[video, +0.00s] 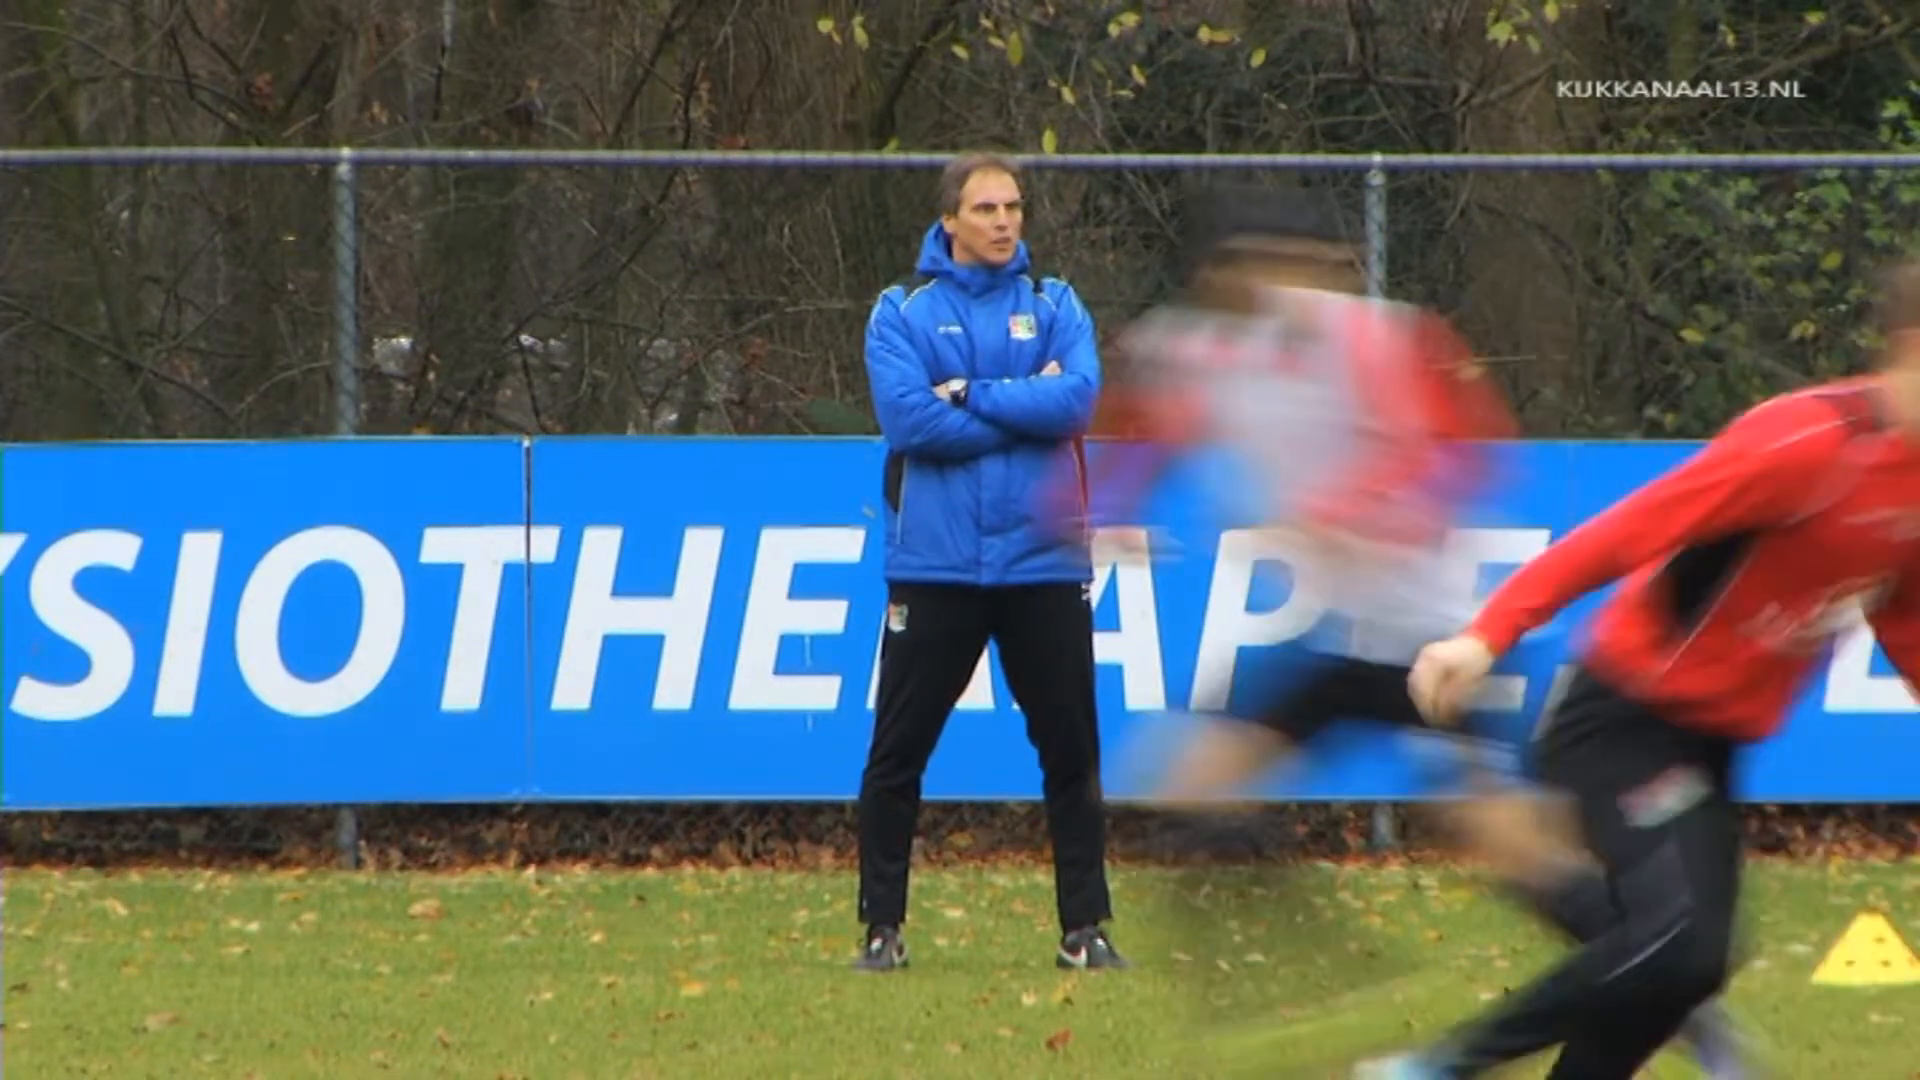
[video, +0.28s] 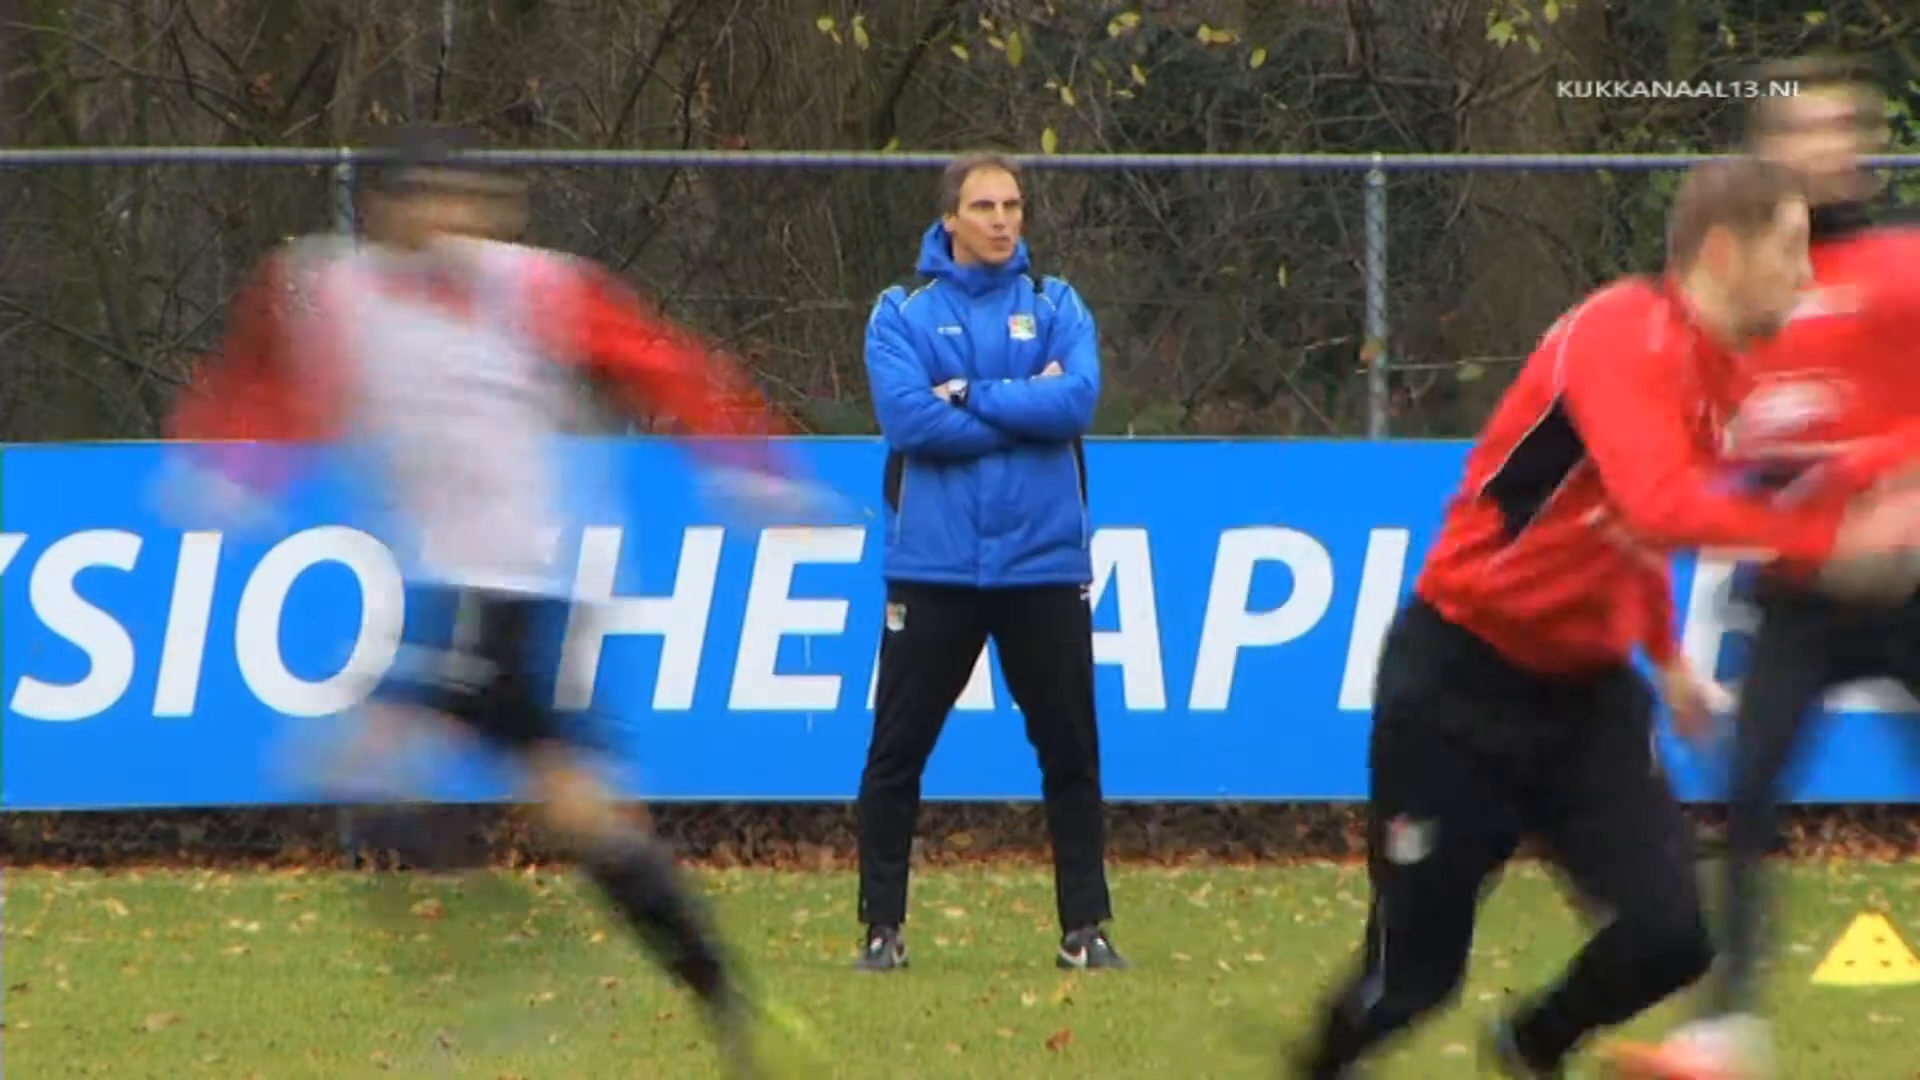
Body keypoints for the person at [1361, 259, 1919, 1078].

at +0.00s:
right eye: (1918, 355)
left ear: (1902, 352)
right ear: (1896, 349)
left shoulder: (1906, 478)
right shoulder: (1806, 439)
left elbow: (1901, 612)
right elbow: (1626, 530)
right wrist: (1485, 635)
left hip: (1706, 738)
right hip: (1621, 713)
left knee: (1684, 965)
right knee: (1677, 942)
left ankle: (1536, 865)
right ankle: (1443, 1061)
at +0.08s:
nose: (1913, 349)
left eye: (1914, 327)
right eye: (1896, 321)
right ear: (1820, 323)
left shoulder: (1851, 470)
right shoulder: (1715, 417)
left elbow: (1875, 595)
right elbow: (1606, 529)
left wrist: (1919, 653)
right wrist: (1569, 641)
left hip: (1663, 751)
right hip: (1558, 723)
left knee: (1611, 988)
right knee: (1559, 969)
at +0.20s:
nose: (1810, 325)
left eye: (1811, 301)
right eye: (1795, 296)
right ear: (1721, 292)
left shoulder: (1754, 430)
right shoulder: (1598, 364)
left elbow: (1655, 564)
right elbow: (1643, 475)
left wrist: (1690, 647)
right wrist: (1833, 500)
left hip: (1609, 751)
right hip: (1474, 724)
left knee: (1634, 1026)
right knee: (1404, 1011)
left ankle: (1527, 1018)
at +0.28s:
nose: (1806, 270)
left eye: (1806, 247)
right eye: (1790, 246)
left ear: (1738, 251)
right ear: (1720, 245)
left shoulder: (1713, 370)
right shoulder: (1621, 328)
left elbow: (1630, 532)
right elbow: (1659, 502)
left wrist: (1668, 656)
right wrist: (1822, 538)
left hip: (1584, 681)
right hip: (1461, 665)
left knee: (1665, 938)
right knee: (1413, 974)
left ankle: (1528, 1042)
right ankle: (1323, 1056)